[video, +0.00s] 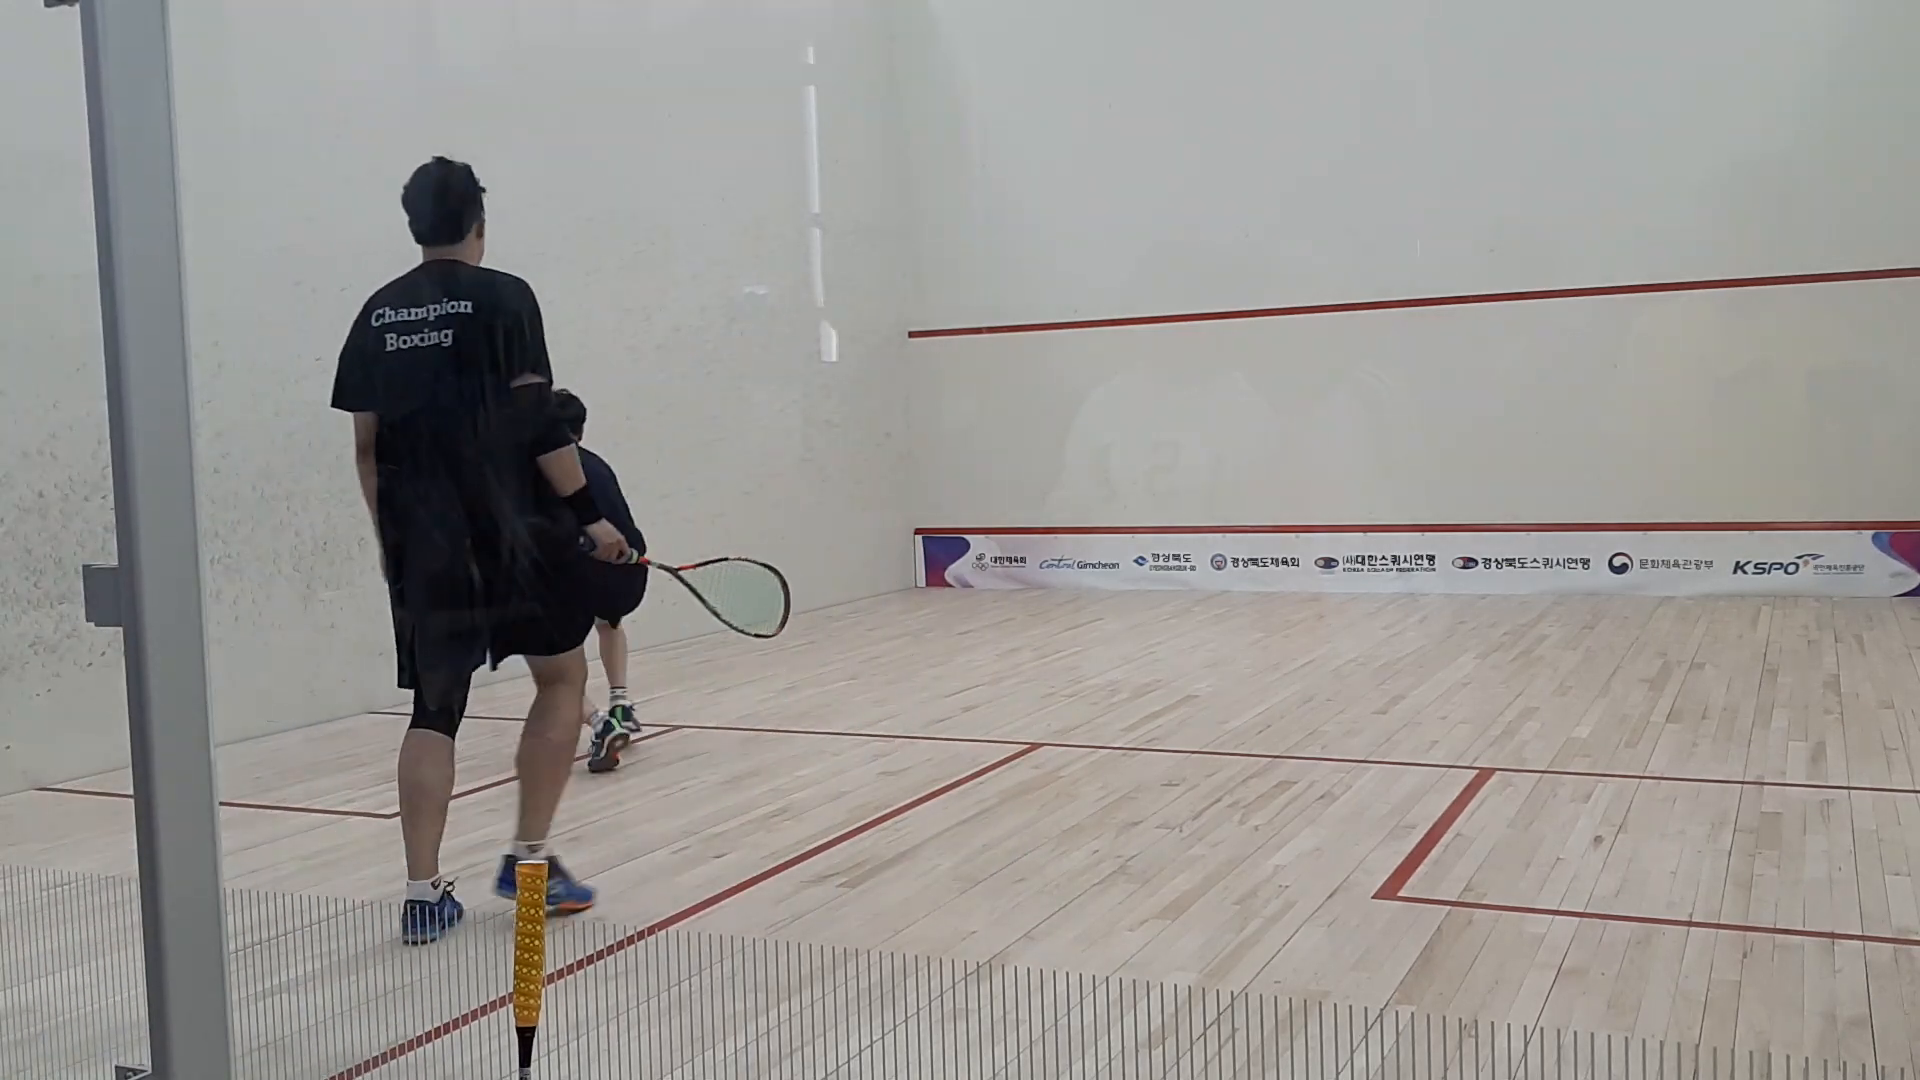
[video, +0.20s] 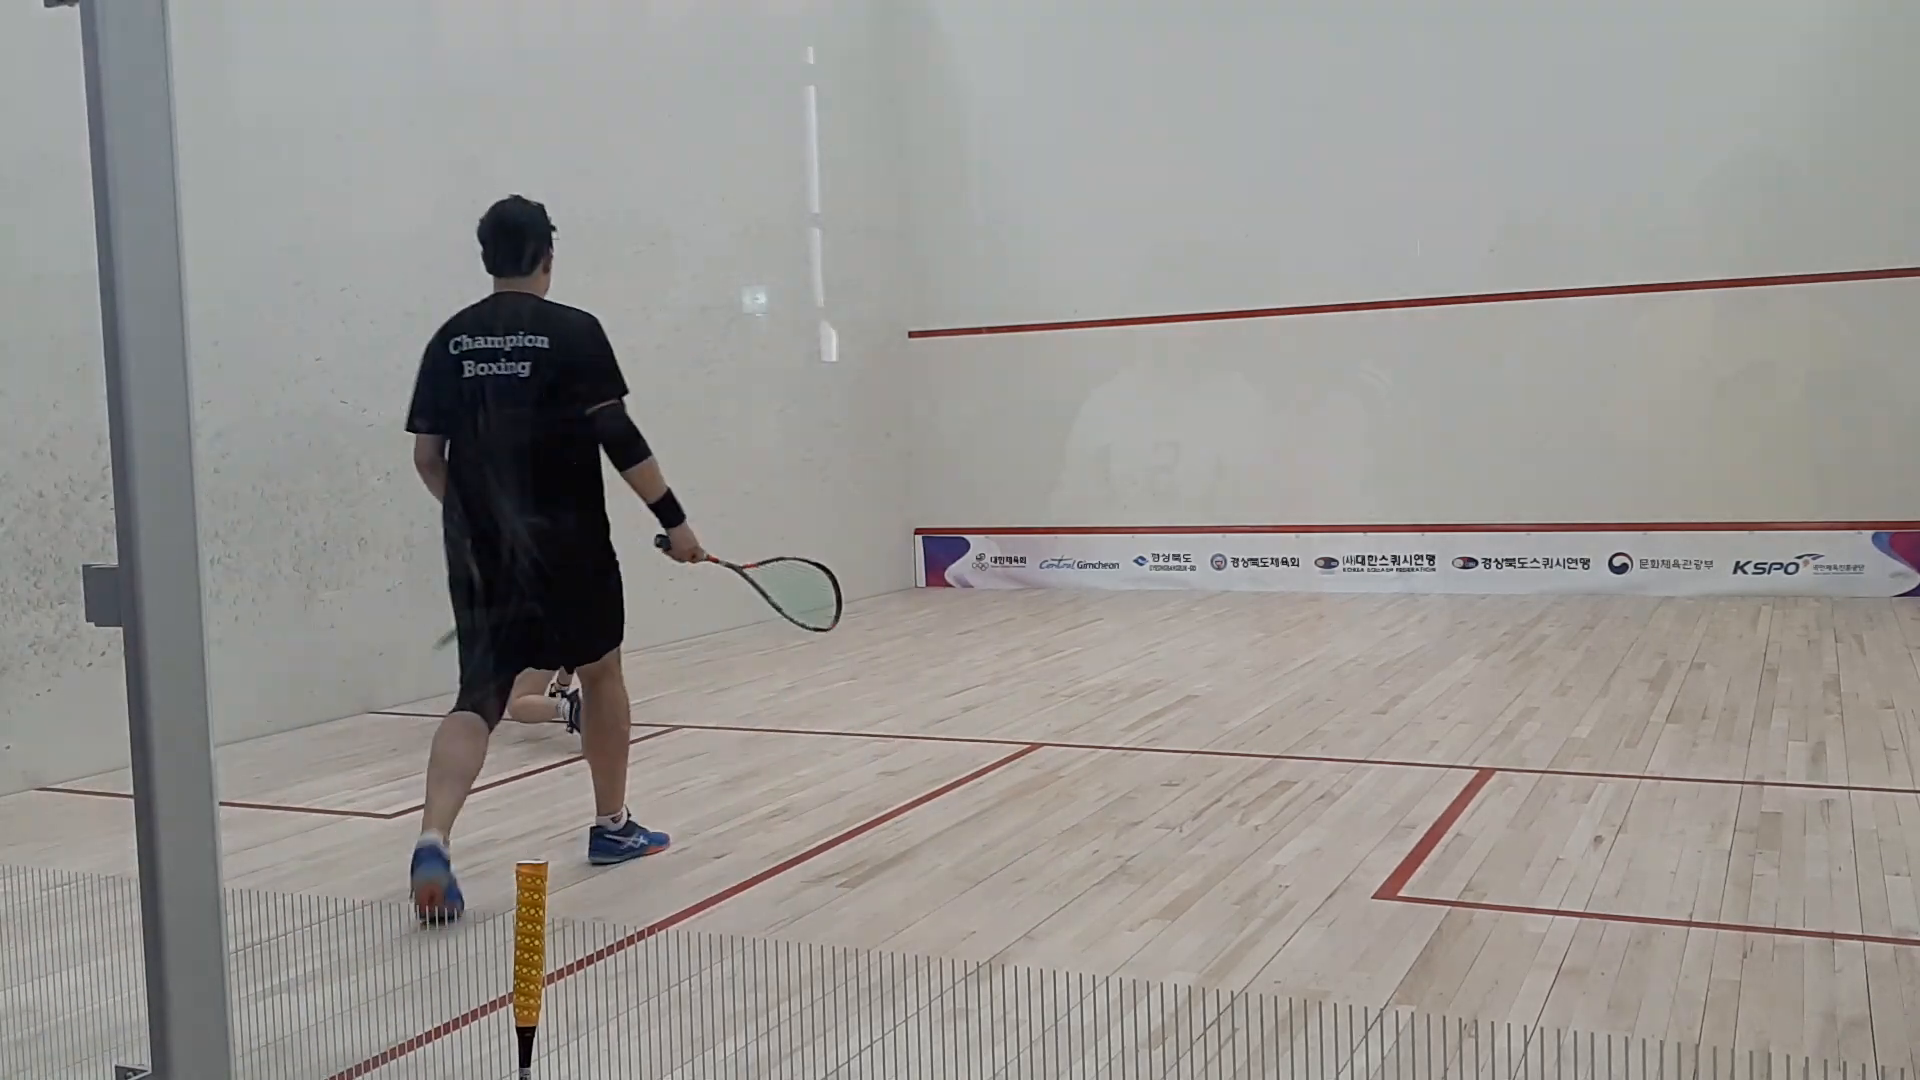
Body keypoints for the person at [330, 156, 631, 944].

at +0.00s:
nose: (486, 226)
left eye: (476, 214)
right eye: (484, 215)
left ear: (413, 227)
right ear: (477, 221)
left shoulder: (376, 314)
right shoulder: (506, 297)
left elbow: (367, 450)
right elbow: (538, 424)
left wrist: (390, 541)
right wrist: (593, 514)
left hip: (425, 549)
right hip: (518, 539)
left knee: (433, 707)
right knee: (561, 682)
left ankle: (423, 893)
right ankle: (531, 853)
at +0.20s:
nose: (552, 259)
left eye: (543, 249)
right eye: (550, 250)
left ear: (485, 260)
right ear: (546, 256)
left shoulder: (449, 340)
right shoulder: (575, 332)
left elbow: (428, 459)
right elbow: (618, 436)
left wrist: (473, 517)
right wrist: (672, 518)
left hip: (479, 551)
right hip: (568, 544)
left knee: (477, 697)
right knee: (601, 673)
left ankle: (432, 839)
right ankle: (612, 824)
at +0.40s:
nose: (603, 278)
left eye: (598, 270)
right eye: (601, 270)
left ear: (538, 276)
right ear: (596, 273)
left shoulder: (498, 347)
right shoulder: (625, 344)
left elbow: (462, 447)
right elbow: (674, 440)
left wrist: (450, 526)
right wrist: (731, 509)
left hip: (527, 543)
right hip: (609, 537)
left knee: (535, 658)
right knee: (690, 638)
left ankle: (505, 801)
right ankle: (649, 786)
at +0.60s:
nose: (663, 360)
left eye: (661, 352)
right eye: (661, 352)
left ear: (601, 361)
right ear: (654, 360)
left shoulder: (551, 425)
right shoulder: (663, 433)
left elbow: (510, 514)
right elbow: (686, 536)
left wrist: (495, 592)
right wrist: (757, 572)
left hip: (562, 596)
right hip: (632, 595)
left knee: (581, 674)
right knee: (758, 652)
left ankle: (510, 789)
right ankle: (794, 797)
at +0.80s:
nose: (724, 328)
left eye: (719, 318)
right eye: (720, 319)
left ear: (663, 333)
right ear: (713, 331)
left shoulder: (627, 394)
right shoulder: (719, 408)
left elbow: (592, 489)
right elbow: (758, 500)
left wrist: (623, 550)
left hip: (635, 581)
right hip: (708, 579)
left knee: (640, 672)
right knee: (807, 646)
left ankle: (542, 783)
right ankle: (800, 796)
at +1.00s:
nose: (711, 273)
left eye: (705, 262)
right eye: (707, 264)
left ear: (647, 282)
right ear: (701, 277)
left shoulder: (631, 347)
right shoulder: (689, 359)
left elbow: (677, 414)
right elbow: (756, 408)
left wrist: (733, 384)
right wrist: (812, 329)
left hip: (656, 548)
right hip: (722, 542)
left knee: (711, 669)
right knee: (800, 648)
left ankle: (660, 780)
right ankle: (801, 799)